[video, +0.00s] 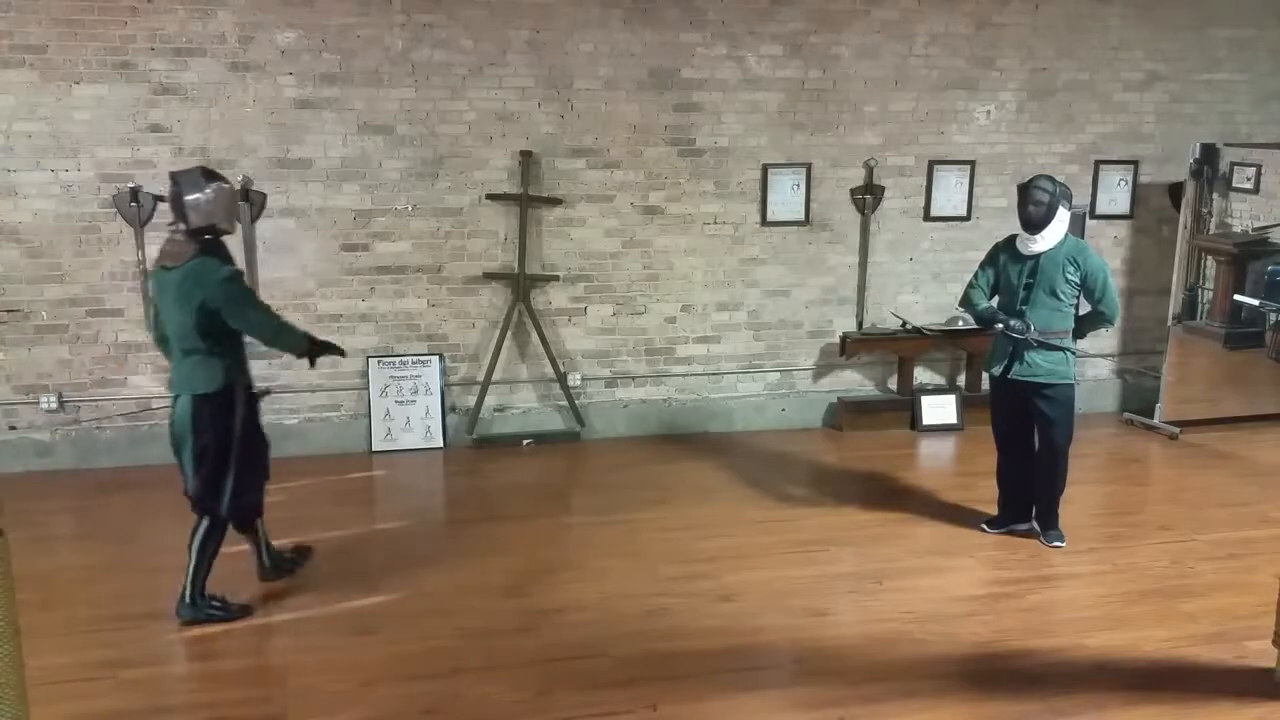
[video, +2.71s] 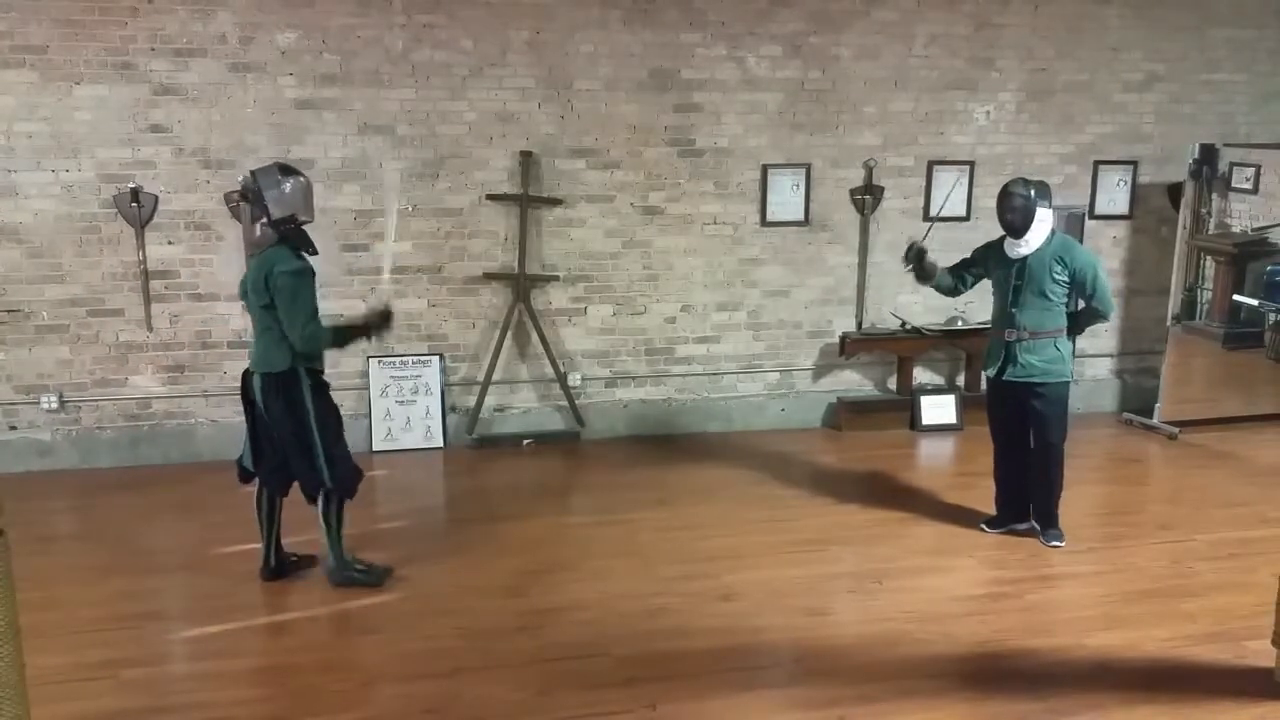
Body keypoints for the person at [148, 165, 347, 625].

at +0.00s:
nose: (234, 213)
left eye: (230, 205)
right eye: (228, 206)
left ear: (185, 217)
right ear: (215, 214)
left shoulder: (164, 271)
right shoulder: (215, 273)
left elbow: (162, 336)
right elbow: (263, 323)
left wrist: (199, 362)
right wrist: (309, 345)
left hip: (191, 391)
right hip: (221, 393)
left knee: (241, 474)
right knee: (221, 495)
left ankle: (267, 557)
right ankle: (193, 599)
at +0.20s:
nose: (257, 210)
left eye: (255, 201)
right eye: (250, 202)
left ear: (210, 212)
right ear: (236, 209)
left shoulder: (193, 265)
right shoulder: (249, 269)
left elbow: (187, 328)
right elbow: (295, 327)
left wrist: (222, 354)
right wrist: (298, 350)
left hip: (219, 385)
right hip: (253, 385)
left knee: (260, 470)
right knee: (267, 482)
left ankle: (274, 555)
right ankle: (211, 577)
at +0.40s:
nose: (276, 206)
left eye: (273, 198)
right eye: (270, 200)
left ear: (230, 210)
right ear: (260, 208)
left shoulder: (211, 262)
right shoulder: (273, 264)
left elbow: (202, 320)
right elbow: (306, 328)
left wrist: (232, 351)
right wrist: (298, 353)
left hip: (232, 380)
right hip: (269, 378)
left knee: (268, 468)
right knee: (307, 468)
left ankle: (273, 552)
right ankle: (264, 546)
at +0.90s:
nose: (294, 202)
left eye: (291, 194)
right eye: (288, 195)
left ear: (249, 206)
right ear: (277, 203)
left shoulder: (234, 254)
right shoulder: (286, 261)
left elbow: (206, 302)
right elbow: (322, 307)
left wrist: (243, 332)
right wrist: (354, 333)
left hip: (242, 379)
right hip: (281, 379)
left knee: (262, 467)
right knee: (321, 465)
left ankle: (269, 558)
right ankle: (295, 554)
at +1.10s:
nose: (291, 202)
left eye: (288, 194)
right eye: (284, 195)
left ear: (245, 206)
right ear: (272, 202)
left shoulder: (233, 253)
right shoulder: (281, 255)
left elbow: (200, 283)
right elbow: (332, 285)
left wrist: (224, 316)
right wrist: (399, 298)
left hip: (241, 378)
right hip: (279, 378)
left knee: (259, 469)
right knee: (319, 466)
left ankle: (268, 559)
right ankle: (296, 554)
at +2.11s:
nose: (237, 212)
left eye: (243, 205)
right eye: (239, 205)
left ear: (260, 211)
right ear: (283, 209)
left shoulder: (254, 255)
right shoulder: (284, 258)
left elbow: (223, 288)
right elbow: (325, 318)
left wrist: (255, 323)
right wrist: (344, 276)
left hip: (255, 376)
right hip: (288, 377)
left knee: (265, 468)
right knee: (329, 467)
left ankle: (270, 556)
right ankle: (301, 552)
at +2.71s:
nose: (308, 207)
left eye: (304, 199)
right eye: (301, 200)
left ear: (264, 212)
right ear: (290, 208)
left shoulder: (260, 263)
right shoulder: (290, 266)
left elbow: (272, 331)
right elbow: (306, 338)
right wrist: (363, 328)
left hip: (263, 378)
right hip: (295, 379)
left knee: (274, 469)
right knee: (335, 470)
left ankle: (272, 557)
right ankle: (339, 562)